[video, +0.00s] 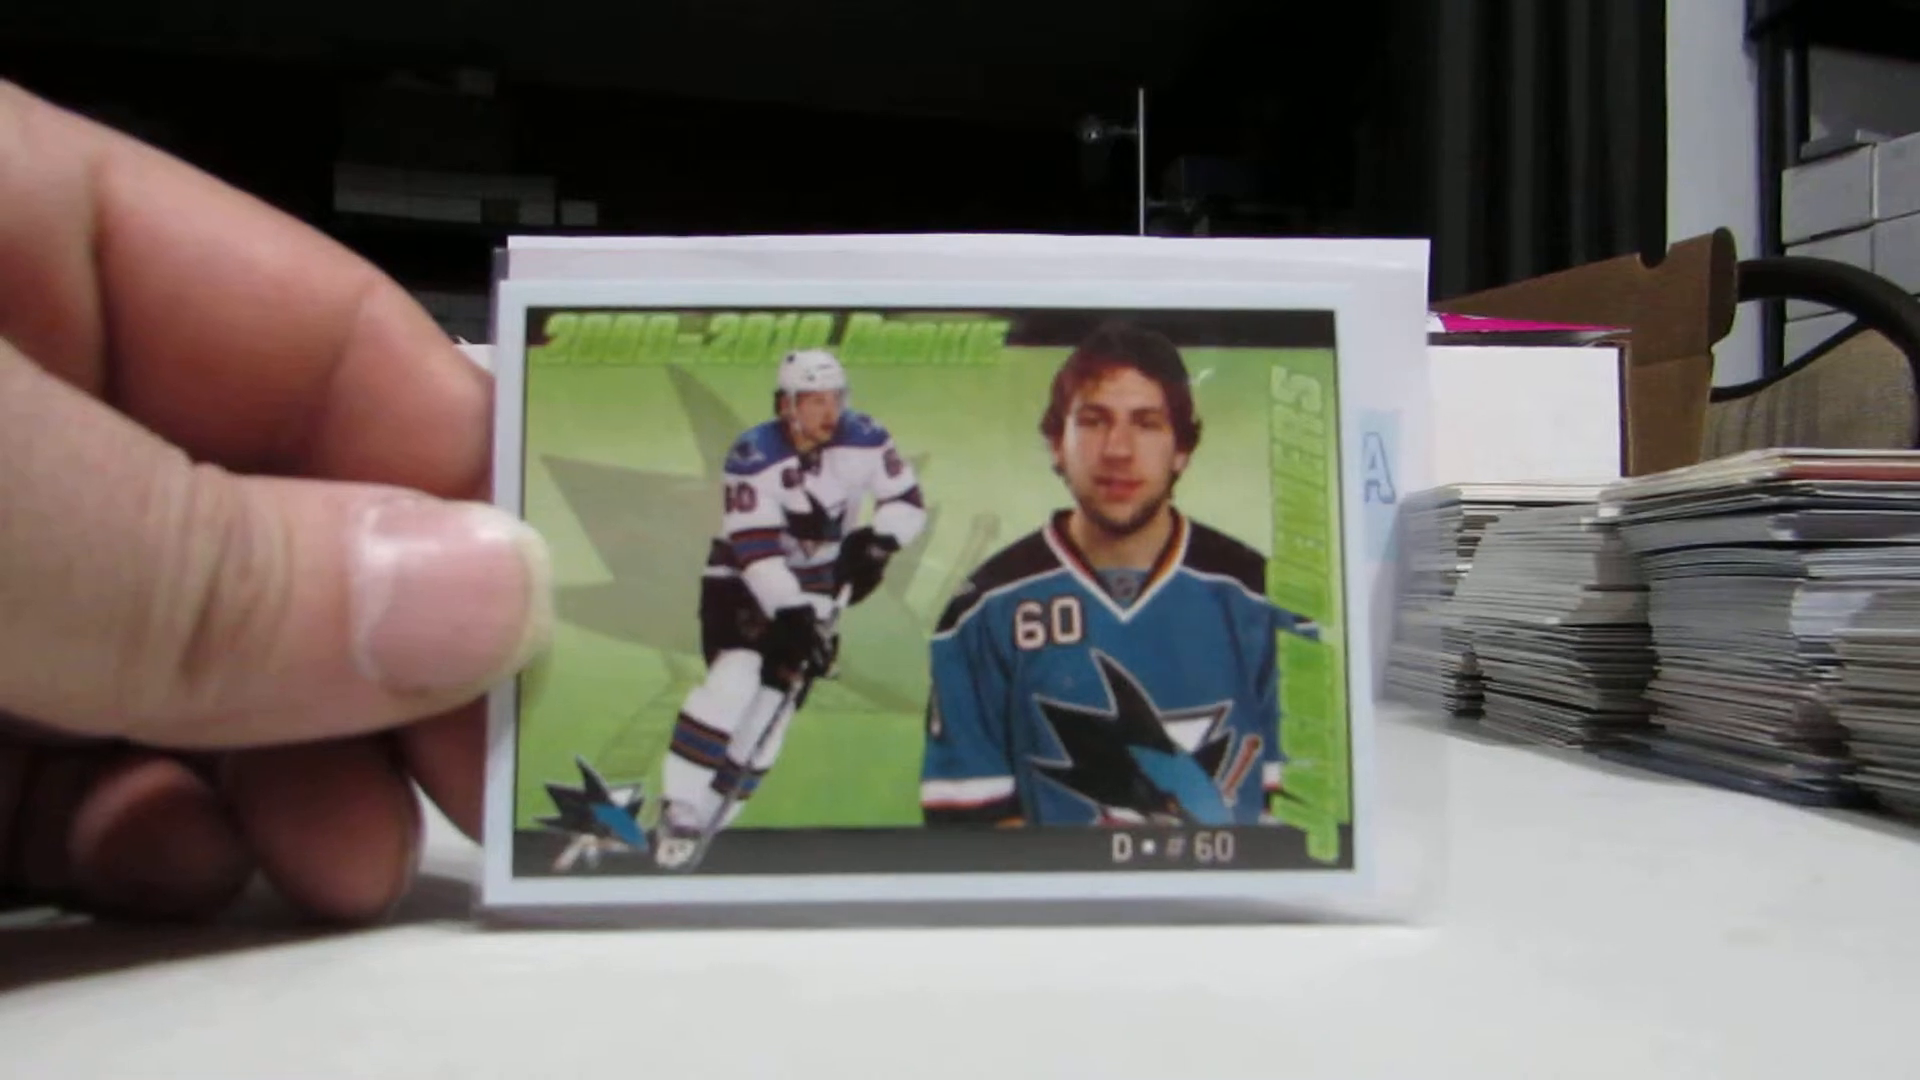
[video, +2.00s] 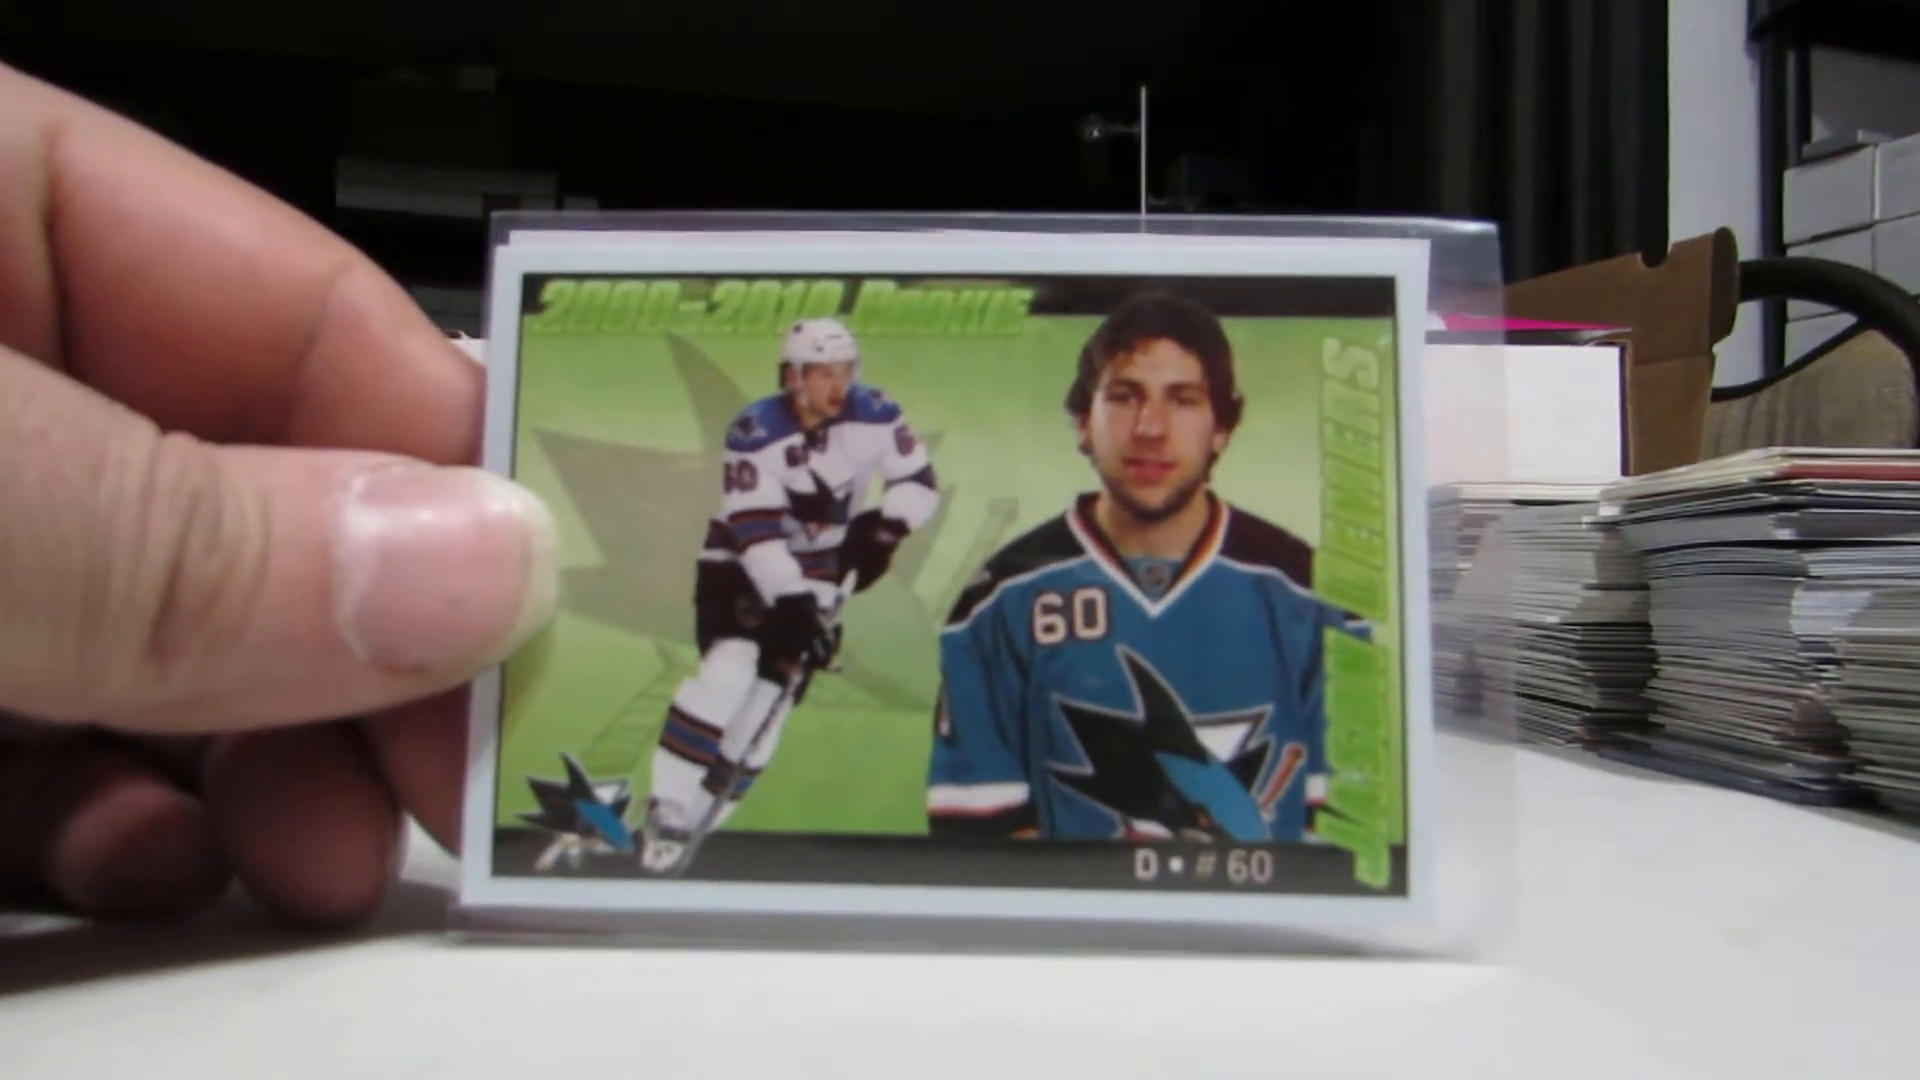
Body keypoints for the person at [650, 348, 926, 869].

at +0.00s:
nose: (824, 413)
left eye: (831, 400)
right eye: (811, 401)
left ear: (842, 401)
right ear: (785, 406)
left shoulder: (866, 440)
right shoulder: (754, 455)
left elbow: (906, 501)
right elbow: (754, 545)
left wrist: (876, 546)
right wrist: (791, 611)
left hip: (818, 586)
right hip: (745, 577)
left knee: (775, 705)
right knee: (736, 674)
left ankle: (710, 820)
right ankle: (682, 813)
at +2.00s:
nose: (840, 386)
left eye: (847, 374)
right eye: (827, 375)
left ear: (855, 374)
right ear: (795, 378)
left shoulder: (874, 416)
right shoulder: (756, 432)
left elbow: (918, 483)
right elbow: (754, 526)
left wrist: (882, 533)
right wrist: (791, 599)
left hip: (819, 570)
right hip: (743, 560)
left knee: (772, 697)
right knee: (731, 666)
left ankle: (702, 820)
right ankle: (670, 810)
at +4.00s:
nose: (825, 364)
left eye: (832, 350)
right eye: (809, 350)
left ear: (842, 350)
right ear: (773, 356)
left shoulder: (868, 398)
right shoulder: (733, 415)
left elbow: (917, 475)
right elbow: (732, 523)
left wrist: (877, 527)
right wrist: (774, 602)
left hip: (807, 572)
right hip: (721, 562)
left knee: (754, 715)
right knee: (709, 679)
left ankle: (677, 854)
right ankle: (641, 843)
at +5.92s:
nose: (824, 366)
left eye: (832, 352)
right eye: (808, 352)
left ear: (843, 352)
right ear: (774, 357)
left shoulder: (870, 400)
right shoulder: (734, 417)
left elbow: (919, 476)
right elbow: (734, 525)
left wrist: (879, 528)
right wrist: (777, 606)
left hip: (809, 576)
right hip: (723, 565)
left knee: (756, 717)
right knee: (711, 681)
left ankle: (680, 856)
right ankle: (642, 844)